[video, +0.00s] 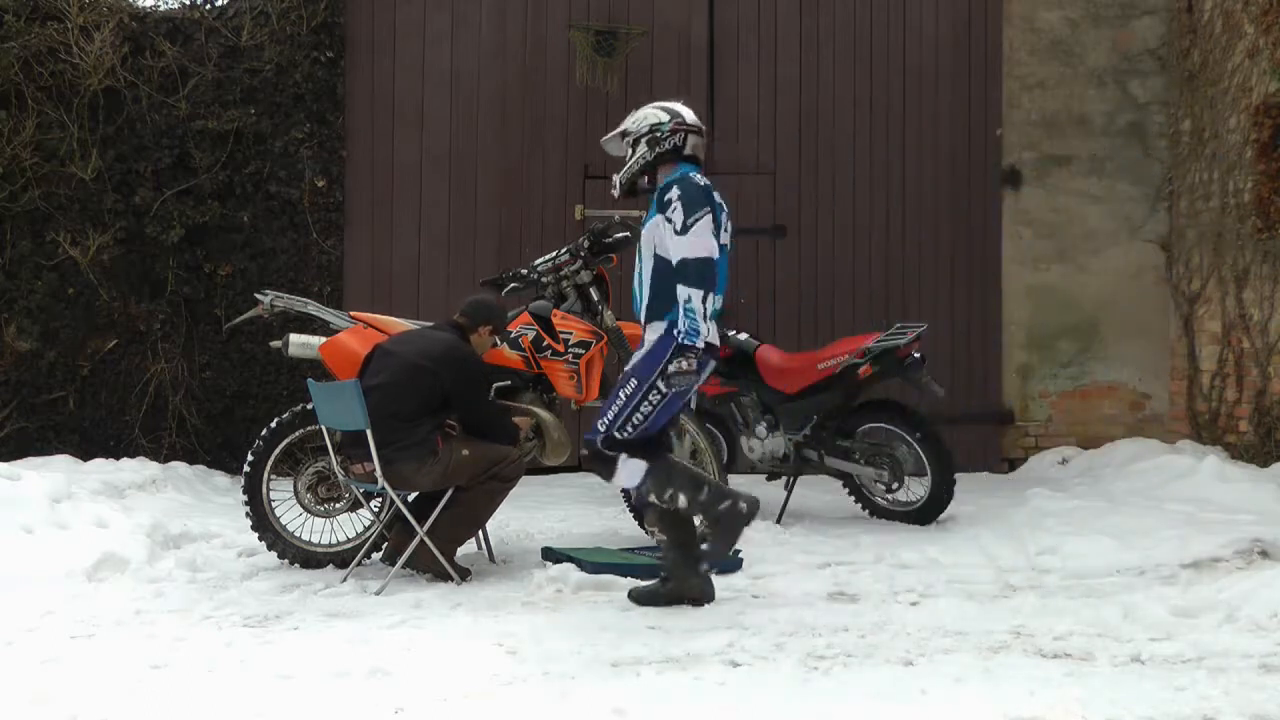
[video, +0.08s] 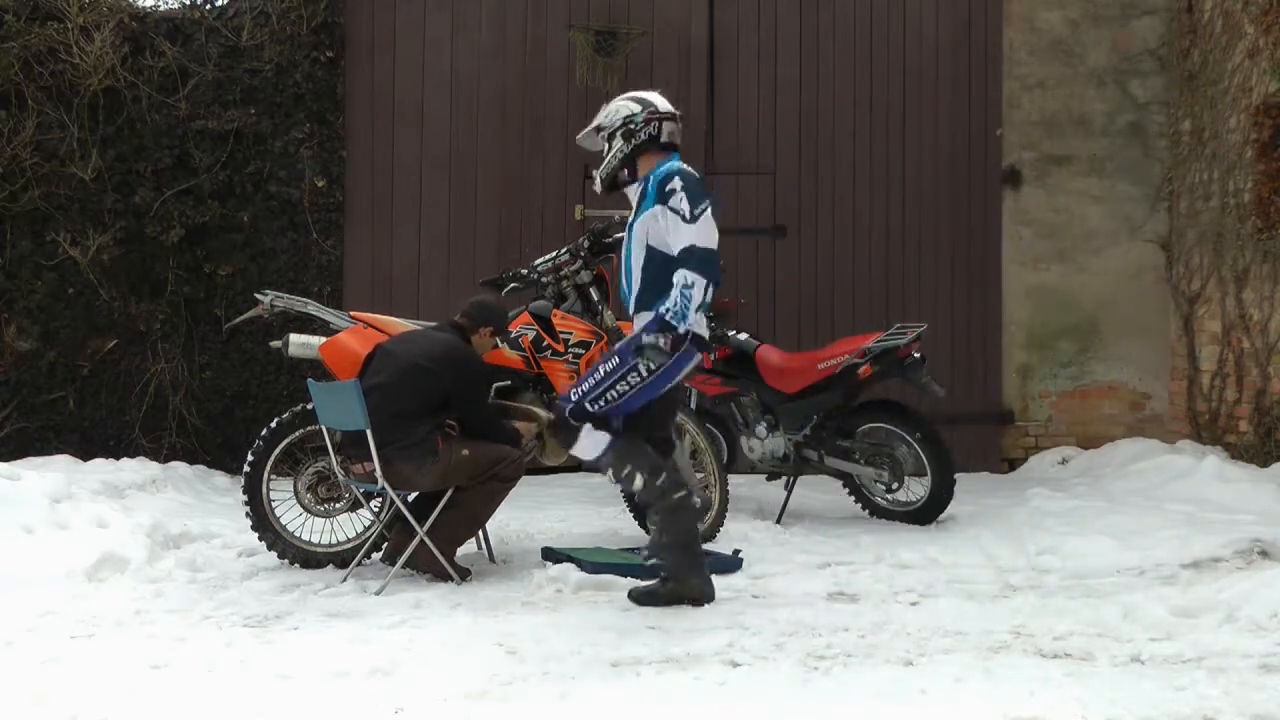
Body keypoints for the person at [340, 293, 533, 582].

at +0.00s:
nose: (492, 347)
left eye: (495, 341)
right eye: (494, 340)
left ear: (461, 318)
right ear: (484, 331)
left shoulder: (406, 338)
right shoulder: (463, 359)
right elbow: (481, 424)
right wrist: (514, 428)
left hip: (357, 455)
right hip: (399, 461)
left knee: (466, 453)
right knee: (508, 464)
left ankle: (402, 542)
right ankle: (435, 551)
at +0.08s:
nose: (493, 347)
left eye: (496, 341)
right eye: (495, 339)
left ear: (460, 319)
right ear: (483, 332)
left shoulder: (408, 338)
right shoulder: (466, 362)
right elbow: (478, 427)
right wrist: (516, 433)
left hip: (359, 452)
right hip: (399, 462)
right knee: (508, 463)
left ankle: (403, 541)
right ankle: (435, 551)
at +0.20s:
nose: (495, 352)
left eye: (499, 346)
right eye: (497, 344)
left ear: (464, 320)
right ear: (486, 334)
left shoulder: (406, 339)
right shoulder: (467, 363)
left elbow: (366, 392)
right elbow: (480, 427)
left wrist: (434, 424)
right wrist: (518, 441)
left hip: (359, 453)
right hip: (398, 462)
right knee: (508, 463)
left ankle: (403, 543)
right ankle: (435, 551)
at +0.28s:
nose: (496, 352)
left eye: (500, 346)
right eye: (498, 345)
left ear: (465, 321)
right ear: (487, 335)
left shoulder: (409, 338)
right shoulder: (467, 362)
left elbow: (366, 388)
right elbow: (479, 428)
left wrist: (434, 423)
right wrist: (518, 443)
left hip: (361, 451)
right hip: (399, 461)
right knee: (508, 464)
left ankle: (403, 543)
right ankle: (435, 551)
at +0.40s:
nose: (499, 352)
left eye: (502, 345)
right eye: (501, 344)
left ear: (467, 323)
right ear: (490, 337)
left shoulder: (412, 339)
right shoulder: (468, 362)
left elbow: (366, 388)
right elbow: (486, 430)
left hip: (360, 453)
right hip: (399, 463)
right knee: (504, 463)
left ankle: (403, 543)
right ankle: (435, 552)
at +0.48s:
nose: (500, 353)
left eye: (503, 347)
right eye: (501, 346)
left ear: (468, 324)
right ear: (491, 338)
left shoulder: (413, 339)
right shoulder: (474, 366)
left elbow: (366, 391)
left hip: (362, 454)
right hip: (402, 464)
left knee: (466, 457)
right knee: (503, 468)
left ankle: (402, 544)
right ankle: (435, 551)